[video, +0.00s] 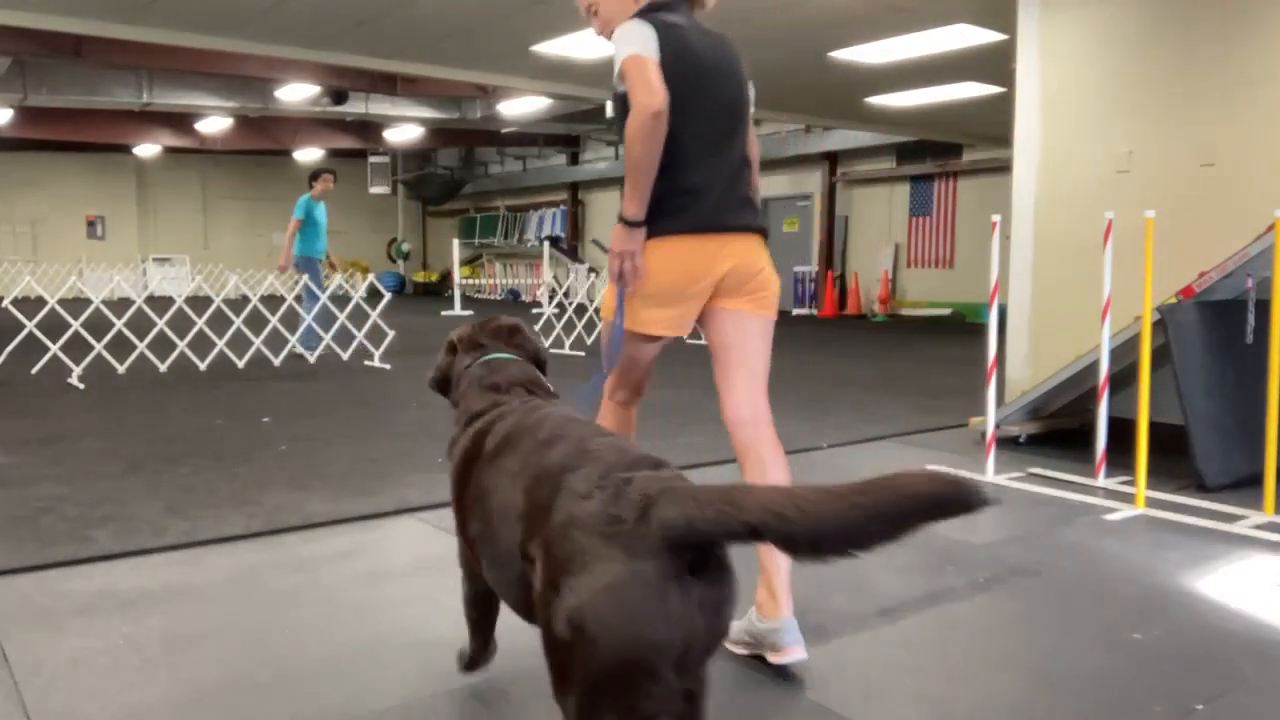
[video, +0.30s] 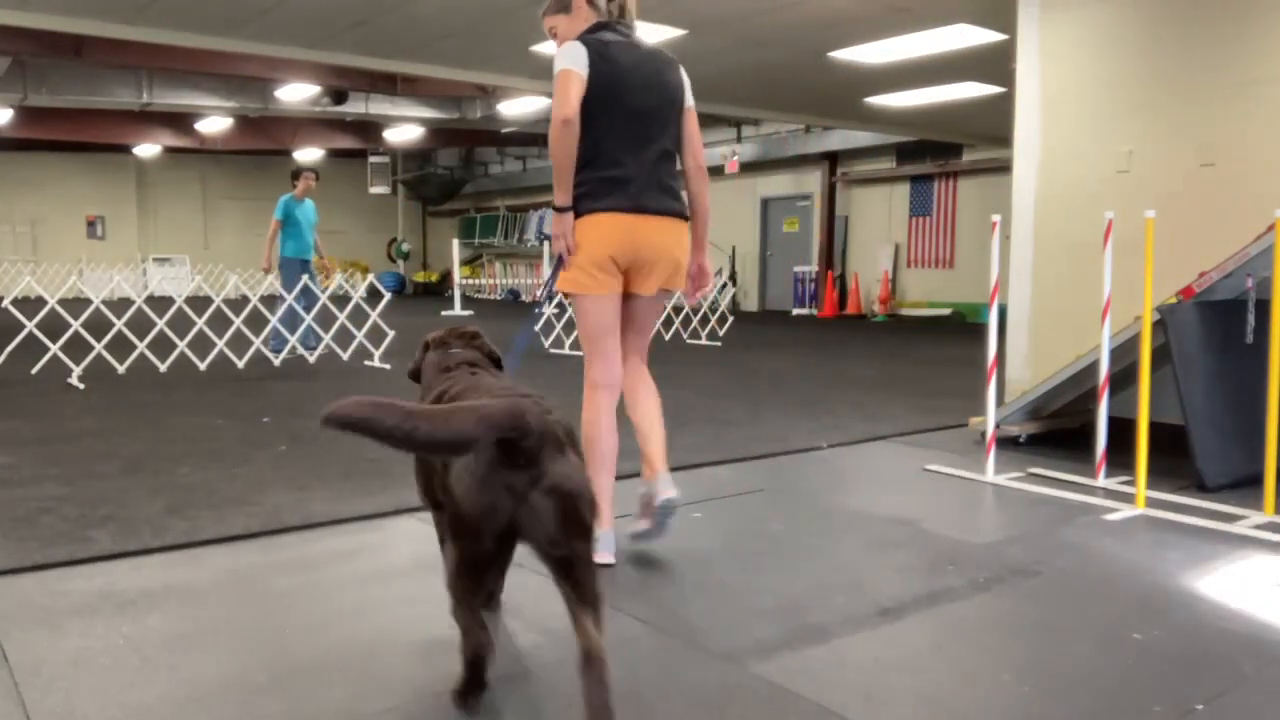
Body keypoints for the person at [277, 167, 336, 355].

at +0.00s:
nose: (330, 186)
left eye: (332, 182)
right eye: (326, 181)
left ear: (331, 185)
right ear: (315, 182)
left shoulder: (321, 204)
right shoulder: (305, 201)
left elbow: (321, 236)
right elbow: (292, 230)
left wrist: (329, 257)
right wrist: (285, 258)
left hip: (317, 257)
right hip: (306, 256)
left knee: (311, 299)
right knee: (316, 298)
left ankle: (306, 341)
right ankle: (307, 342)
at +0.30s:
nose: (310, 183)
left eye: (313, 180)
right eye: (306, 179)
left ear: (315, 184)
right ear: (296, 181)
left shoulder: (311, 205)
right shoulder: (285, 202)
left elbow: (313, 234)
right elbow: (274, 229)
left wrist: (323, 258)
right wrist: (267, 258)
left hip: (307, 259)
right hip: (289, 258)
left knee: (312, 299)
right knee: (290, 301)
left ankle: (308, 341)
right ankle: (277, 343)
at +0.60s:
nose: (300, 181)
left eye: (302, 177)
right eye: (296, 177)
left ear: (305, 181)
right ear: (286, 180)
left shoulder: (301, 202)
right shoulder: (276, 200)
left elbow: (303, 230)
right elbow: (266, 229)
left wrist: (313, 254)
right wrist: (268, 257)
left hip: (299, 256)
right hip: (282, 256)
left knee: (303, 299)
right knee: (284, 299)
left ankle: (306, 340)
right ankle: (277, 343)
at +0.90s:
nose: (295, 180)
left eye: (297, 176)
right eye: (290, 176)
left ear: (300, 180)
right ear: (281, 179)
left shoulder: (297, 202)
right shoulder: (272, 200)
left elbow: (299, 232)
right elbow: (264, 229)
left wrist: (304, 256)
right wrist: (266, 258)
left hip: (297, 256)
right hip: (280, 256)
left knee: (300, 298)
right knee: (284, 298)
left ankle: (293, 337)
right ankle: (277, 343)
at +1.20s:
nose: (292, 181)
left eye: (295, 177)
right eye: (288, 176)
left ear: (298, 181)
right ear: (279, 180)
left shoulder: (294, 203)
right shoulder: (271, 201)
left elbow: (296, 231)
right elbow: (263, 230)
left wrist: (300, 256)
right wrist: (263, 259)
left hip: (296, 255)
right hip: (280, 255)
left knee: (293, 299)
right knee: (283, 299)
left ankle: (286, 340)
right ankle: (276, 343)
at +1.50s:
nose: (290, 183)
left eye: (293, 180)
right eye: (286, 179)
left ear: (296, 184)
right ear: (277, 182)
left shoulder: (292, 205)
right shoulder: (269, 202)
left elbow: (293, 232)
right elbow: (262, 231)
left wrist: (298, 256)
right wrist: (265, 259)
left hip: (295, 255)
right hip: (279, 255)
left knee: (289, 299)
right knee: (284, 298)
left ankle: (282, 341)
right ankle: (276, 343)